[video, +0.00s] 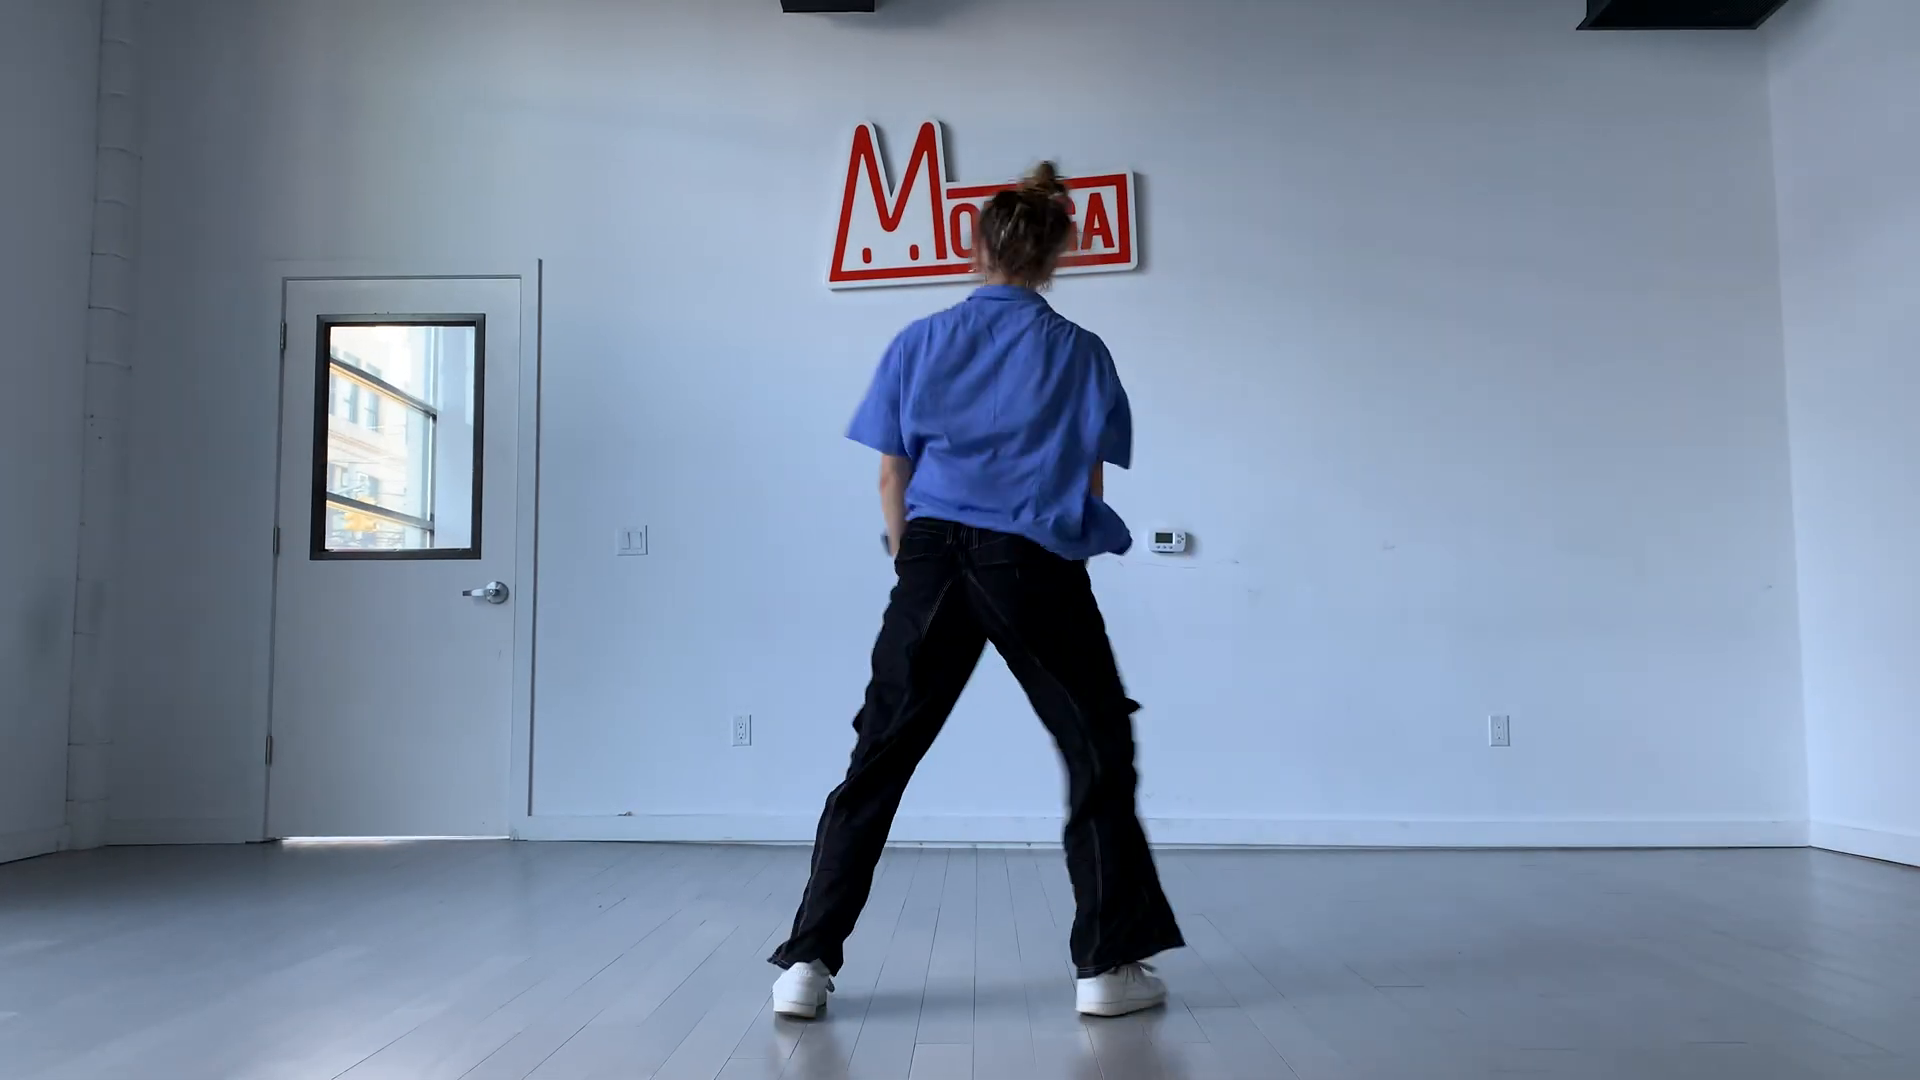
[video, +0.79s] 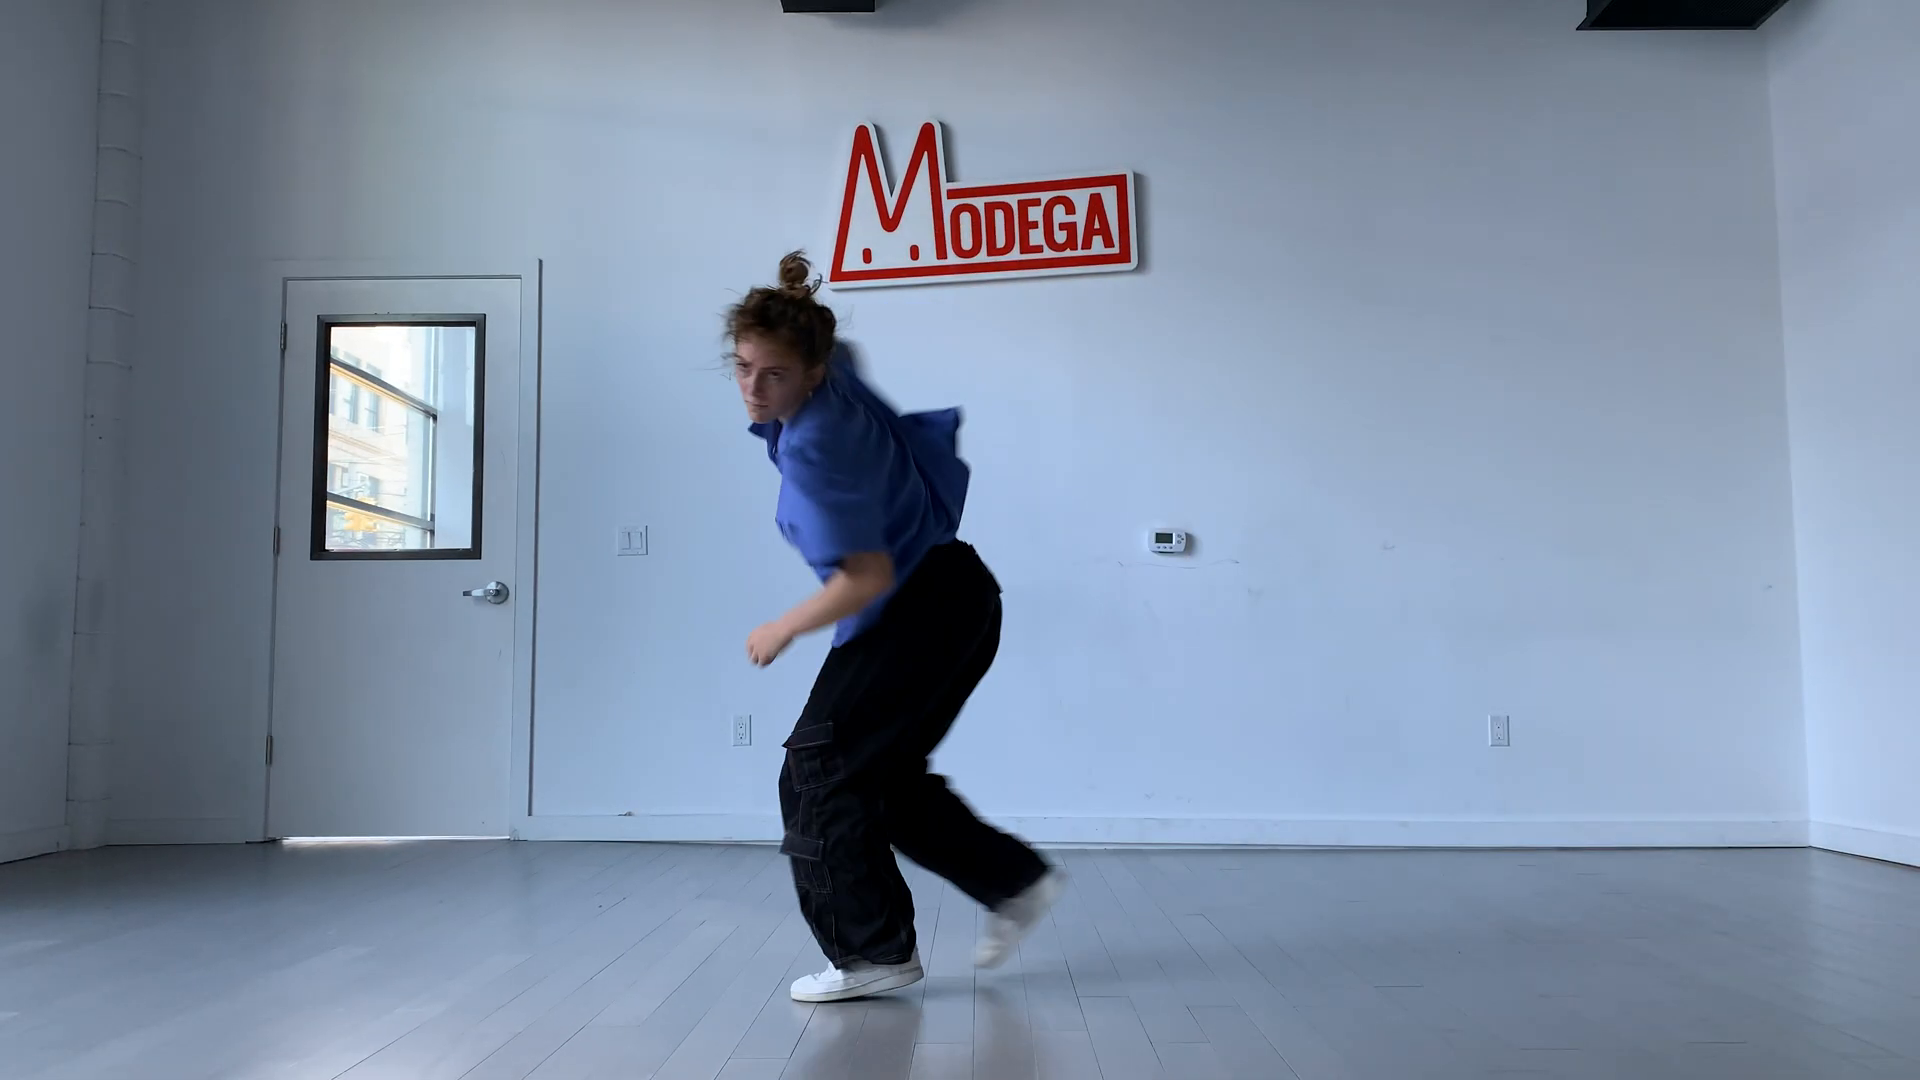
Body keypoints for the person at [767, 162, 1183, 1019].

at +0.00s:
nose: (1063, 257)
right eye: (1065, 248)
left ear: (978, 250)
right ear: (1056, 258)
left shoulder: (922, 340)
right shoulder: (1080, 354)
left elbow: (893, 475)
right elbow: (1089, 482)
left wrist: (911, 562)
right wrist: (1063, 542)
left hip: (933, 568)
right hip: (1036, 573)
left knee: (877, 755)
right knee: (1099, 749)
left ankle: (808, 959)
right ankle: (1108, 965)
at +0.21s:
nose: (935, 247)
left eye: (938, 235)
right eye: (940, 235)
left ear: (952, 242)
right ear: (1023, 253)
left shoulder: (900, 325)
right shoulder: (1062, 353)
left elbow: (866, 458)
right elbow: (1078, 483)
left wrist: (855, 568)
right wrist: (1031, 544)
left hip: (910, 563)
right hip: (1020, 572)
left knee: (865, 757)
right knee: (1054, 762)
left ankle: (812, 964)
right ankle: (1098, 966)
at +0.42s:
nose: (984, 260)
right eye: (981, 248)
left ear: (897, 255)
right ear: (971, 258)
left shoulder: (854, 343)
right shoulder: (1011, 339)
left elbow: (839, 473)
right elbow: (1034, 461)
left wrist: (848, 589)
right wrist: (1025, 557)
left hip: (903, 570)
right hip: (1009, 567)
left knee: (864, 761)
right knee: (1052, 755)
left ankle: (819, 961)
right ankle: (1104, 965)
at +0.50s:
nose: (824, 332)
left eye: (819, 323)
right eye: (823, 324)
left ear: (829, 309)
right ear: (889, 280)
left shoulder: (827, 359)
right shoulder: (980, 325)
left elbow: (801, 487)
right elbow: (1027, 438)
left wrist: (840, 588)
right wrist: (1021, 540)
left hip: (898, 584)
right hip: (1006, 572)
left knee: (866, 769)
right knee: (1050, 763)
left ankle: (827, 960)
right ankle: (1104, 965)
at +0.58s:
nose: (766, 389)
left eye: (761, 379)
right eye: (757, 385)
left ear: (769, 357)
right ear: (806, 310)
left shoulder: (798, 383)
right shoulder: (931, 315)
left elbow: (768, 502)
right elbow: (1023, 406)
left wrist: (823, 582)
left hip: (900, 583)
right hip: (1004, 567)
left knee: (857, 766)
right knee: (1035, 752)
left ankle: (860, 959)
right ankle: (1109, 944)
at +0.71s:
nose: (731, 394)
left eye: (740, 382)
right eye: (724, 379)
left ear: (787, 367)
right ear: (794, 350)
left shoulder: (787, 424)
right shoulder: (859, 332)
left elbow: (810, 536)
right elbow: (943, 358)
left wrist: (787, 591)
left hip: (901, 593)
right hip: (979, 579)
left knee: (831, 769)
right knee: (945, 766)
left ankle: (871, 954)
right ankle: (1076, 883)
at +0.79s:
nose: (752, 385)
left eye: (771, 374)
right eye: (744, 368)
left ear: (815, 373)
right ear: (735, 359)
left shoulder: (818, 449)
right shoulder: (824, 387)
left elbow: (868, 576)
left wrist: (785, 626)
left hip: (918, 613)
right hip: (955, 598)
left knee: (817, 769)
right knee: (879, 775)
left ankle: (875, 955)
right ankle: (1017, 883)